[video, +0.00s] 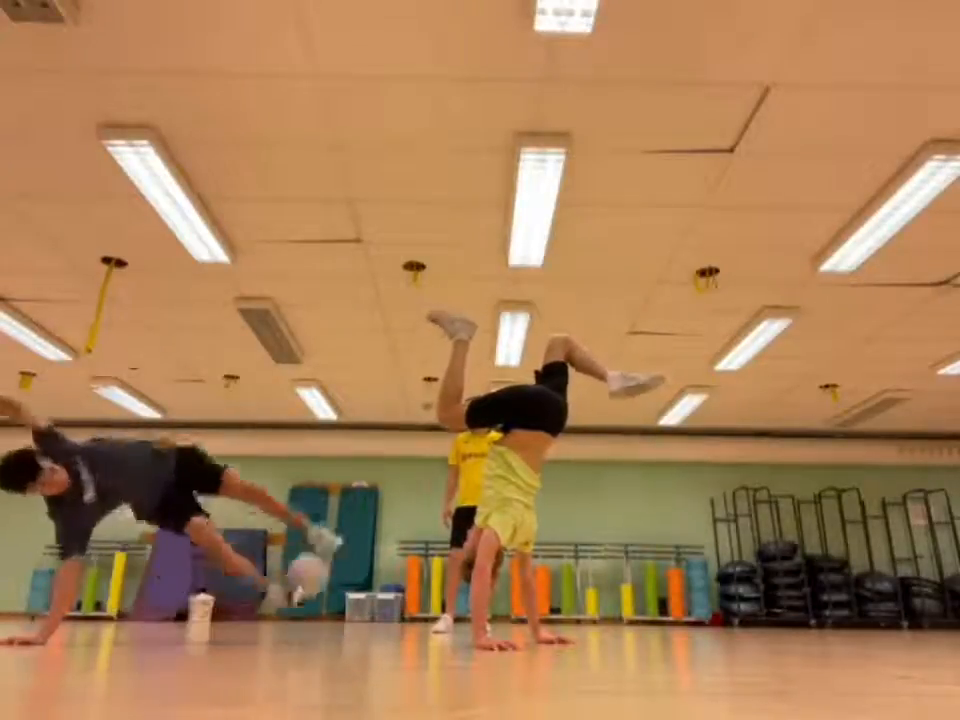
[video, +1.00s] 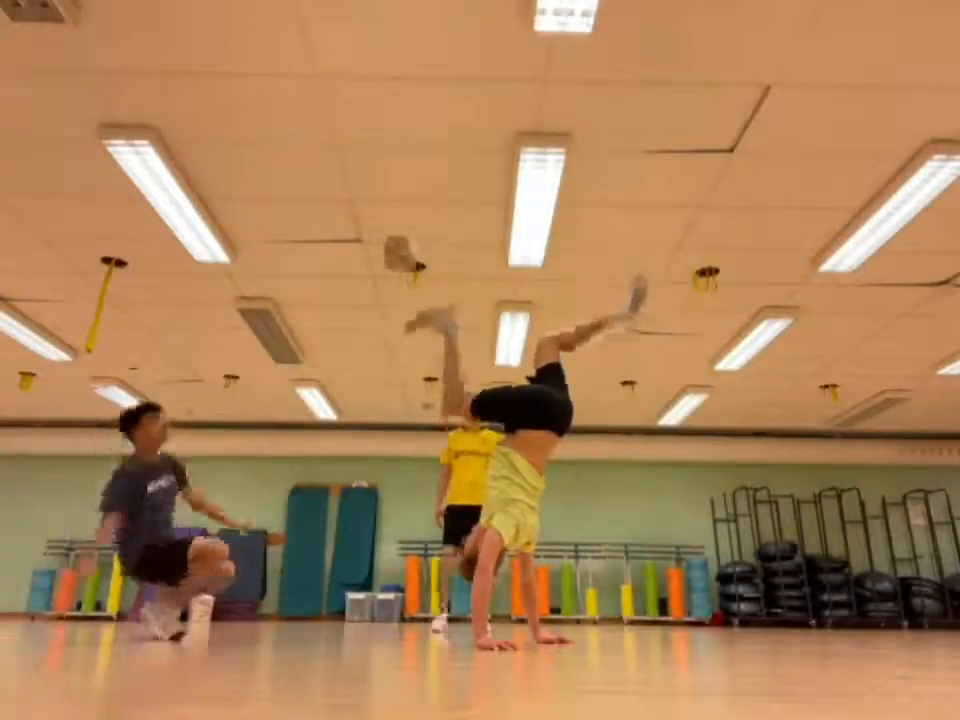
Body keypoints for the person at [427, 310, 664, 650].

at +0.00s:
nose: (483, 572)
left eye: (485, 574)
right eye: (481, 573)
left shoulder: (524, 536)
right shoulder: (493, 528)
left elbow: (526, 584)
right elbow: (481, 577)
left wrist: (537, 631)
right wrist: (481, 636)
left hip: (553, 414)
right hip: (529, 408)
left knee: (559, 344)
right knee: (450, 417)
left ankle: (613, 378)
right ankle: (461, 340)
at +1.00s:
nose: (481, 557)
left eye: (473, 556)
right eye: (477, 556)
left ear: (472, 549)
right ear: (473, 543)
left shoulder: (526, 538)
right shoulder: (497, 528)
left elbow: (528, 585)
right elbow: (483, 577)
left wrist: (537, 632)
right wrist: (482, 636)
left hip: (557, 412)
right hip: (536, 412)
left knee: (549, 345)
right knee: (457, 407)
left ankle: (620, 317)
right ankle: (450, 334)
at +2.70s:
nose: (476, 543)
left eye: (473, 548)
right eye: (476, 546)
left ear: (475, 547)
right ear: (481, 544)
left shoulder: (528, 540)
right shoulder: (504, 531)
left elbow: (529, 586)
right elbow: (484, 575)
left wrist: (538, 632)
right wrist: (481, 635)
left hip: (572, 416)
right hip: (554, 416)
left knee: (580, 347)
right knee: (471, 409)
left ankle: (658, 323)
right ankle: (472, 331)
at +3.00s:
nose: (482, 542)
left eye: (480, 545)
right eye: (481, 543)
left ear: (482, 550)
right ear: (484, 544)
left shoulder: (530, 541)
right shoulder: (509, 534)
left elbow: (530, 588)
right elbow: (482, 576)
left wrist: (536, 632)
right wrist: (480, 635)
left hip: (598, 436)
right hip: (582, 432)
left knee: (634, 367)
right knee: (515, 382)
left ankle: (714, 359)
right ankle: (527, 301)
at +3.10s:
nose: (488, 525)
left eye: (486, 534)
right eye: (487, 533)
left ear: (490, 546)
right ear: (490, 540)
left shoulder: (530, 538)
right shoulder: (514, 532)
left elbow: (535, 586)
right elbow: (486, 574)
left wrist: (537, 632)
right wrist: (480, 637)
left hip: (604, 438)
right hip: (596, 436)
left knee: (655, 374)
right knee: (538, 362)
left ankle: (736, 390)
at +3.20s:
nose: (495, 524)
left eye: (494, 536)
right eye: (494, 531)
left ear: (495, 550)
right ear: (497, 537)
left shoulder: (535, 539)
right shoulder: (519, 534)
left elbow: (535, 586)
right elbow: (485, 579)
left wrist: (537, 630)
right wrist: (479, 637)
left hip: (618, 452)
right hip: (609, 441)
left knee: (683, 394)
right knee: (576, 353)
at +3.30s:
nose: (501, 528)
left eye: (497, 532)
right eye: (498, 533)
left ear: (501, 550)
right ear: (501, 546)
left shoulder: (539, 544)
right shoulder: (523, 541)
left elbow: (537, 582)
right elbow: (487, 573)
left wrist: (538, 632)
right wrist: (480, 636)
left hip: (633, 472)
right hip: (624, 461)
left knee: (702, 442)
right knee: (638, 365)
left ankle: (760, 524)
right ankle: (712, 392)